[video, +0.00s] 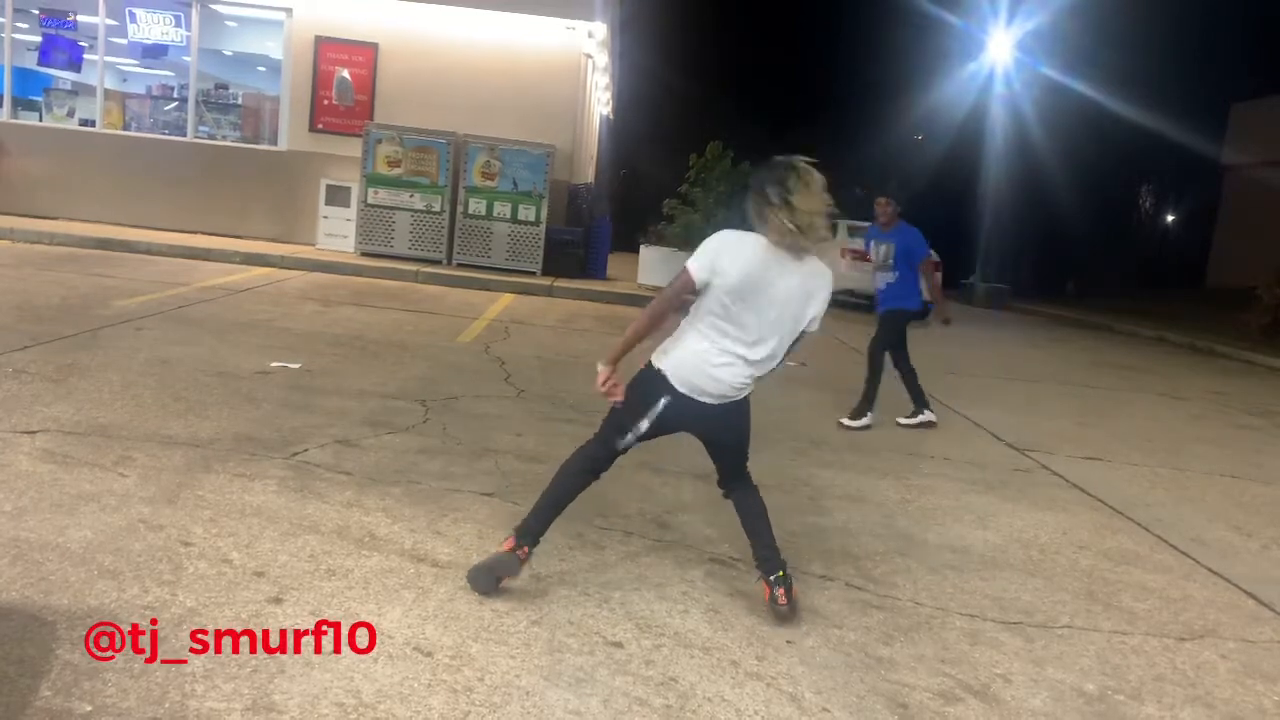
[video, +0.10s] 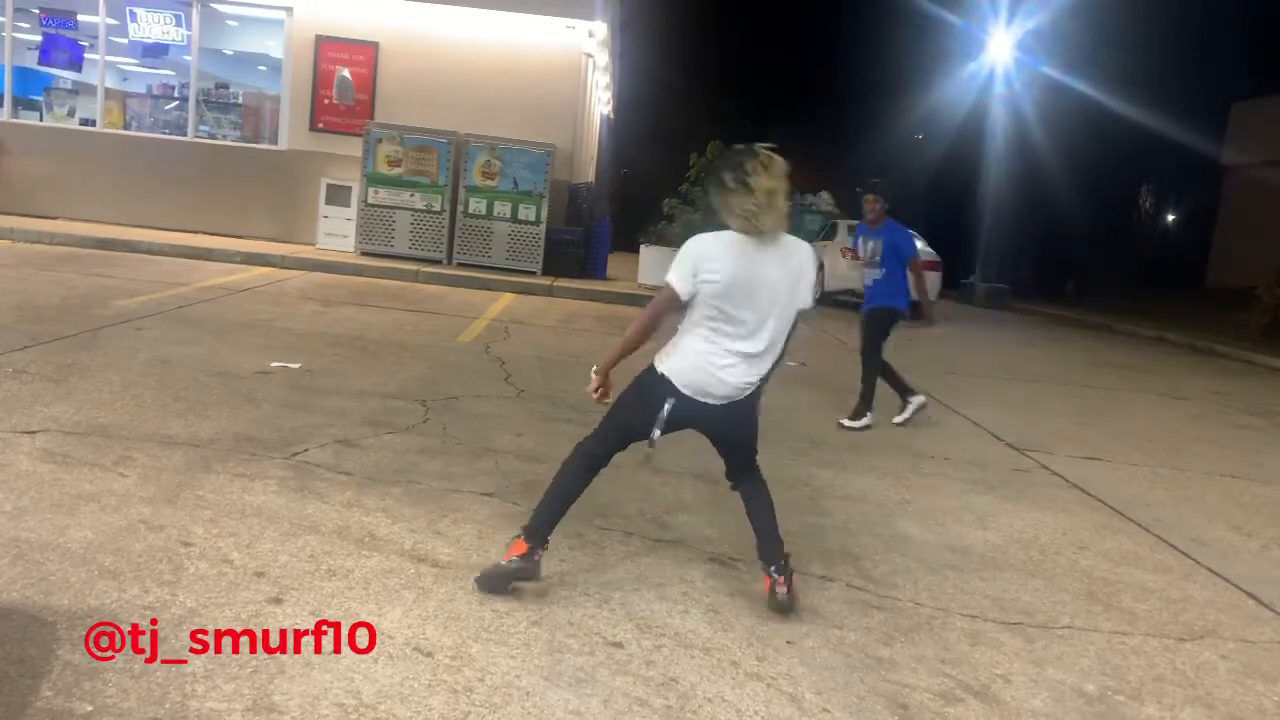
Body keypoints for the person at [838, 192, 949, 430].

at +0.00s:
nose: (882, 210)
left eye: (887, 206)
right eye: (879, 206)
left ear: (896, 209)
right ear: (874, 209)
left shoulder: (910, 235)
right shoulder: (873, 233)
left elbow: (929, 271)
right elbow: (875, 258)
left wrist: (941, 307)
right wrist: (855, 255)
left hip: (905, 305)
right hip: (886, 304)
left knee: (875, 348)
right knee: (901, 360)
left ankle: (864, 411)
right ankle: (923, 409)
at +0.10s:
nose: (870, 207)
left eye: (875, 202)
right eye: (867, 202)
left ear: (885, 206)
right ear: (862, 206)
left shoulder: (898, 233)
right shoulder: (861, 230)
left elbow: (917, 269)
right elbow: (865, 258)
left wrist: (925, 304)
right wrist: (852, 256)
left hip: (891, 301)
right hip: (871, 300)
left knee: (870, 354)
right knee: (870, 355)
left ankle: (863, 411)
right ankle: (910, 396)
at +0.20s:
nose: (857, 201)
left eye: (862, 196)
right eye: (853, 196)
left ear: (872, 198)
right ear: (849, 198)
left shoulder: (884, 226)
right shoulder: (848, 224)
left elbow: (897, 266)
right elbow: (849, 253)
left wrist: (900, 305)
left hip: (879, 299)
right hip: (856, 297)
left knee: (867, 350)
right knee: (845, 349)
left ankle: (864, 409)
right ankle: (878, 389)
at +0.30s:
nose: (835, 204)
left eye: (840, 199)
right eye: (831, 199)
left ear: (850, 201)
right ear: (826, 200)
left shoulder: (865, 229)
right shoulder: (828, 227)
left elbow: (878, 270)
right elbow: (827, 261)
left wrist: (875, 309)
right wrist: (821, 290)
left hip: (861, 304)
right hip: (836, 302)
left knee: (855, 352)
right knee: (812, 342)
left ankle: (865, 411)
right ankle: (813, 397)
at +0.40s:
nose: (818, 205)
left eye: (824, 201)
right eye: (816, 200)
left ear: (835, 203)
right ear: (814, 203)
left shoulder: (847, 229)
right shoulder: (815, 228)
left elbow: (865, 270)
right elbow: (820, 264)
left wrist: (865, 312)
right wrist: (816, 289)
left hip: (846, 304)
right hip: (822, 302)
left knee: (847, 356)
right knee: (796, 342)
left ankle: (863, 411)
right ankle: (793, 397)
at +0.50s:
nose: (800, 188)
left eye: (805, 182)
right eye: (796, 183)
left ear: (815, 185)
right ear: (790, 186)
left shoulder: (827, 212)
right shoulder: (789, 212)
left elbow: (845, 249)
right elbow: (795, 249)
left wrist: (847, 289)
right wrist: (790, 282)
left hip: (824, 288)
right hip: (798, 287)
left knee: (829, 340)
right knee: (782, 337)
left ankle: (848, 398)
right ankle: (789, 392)